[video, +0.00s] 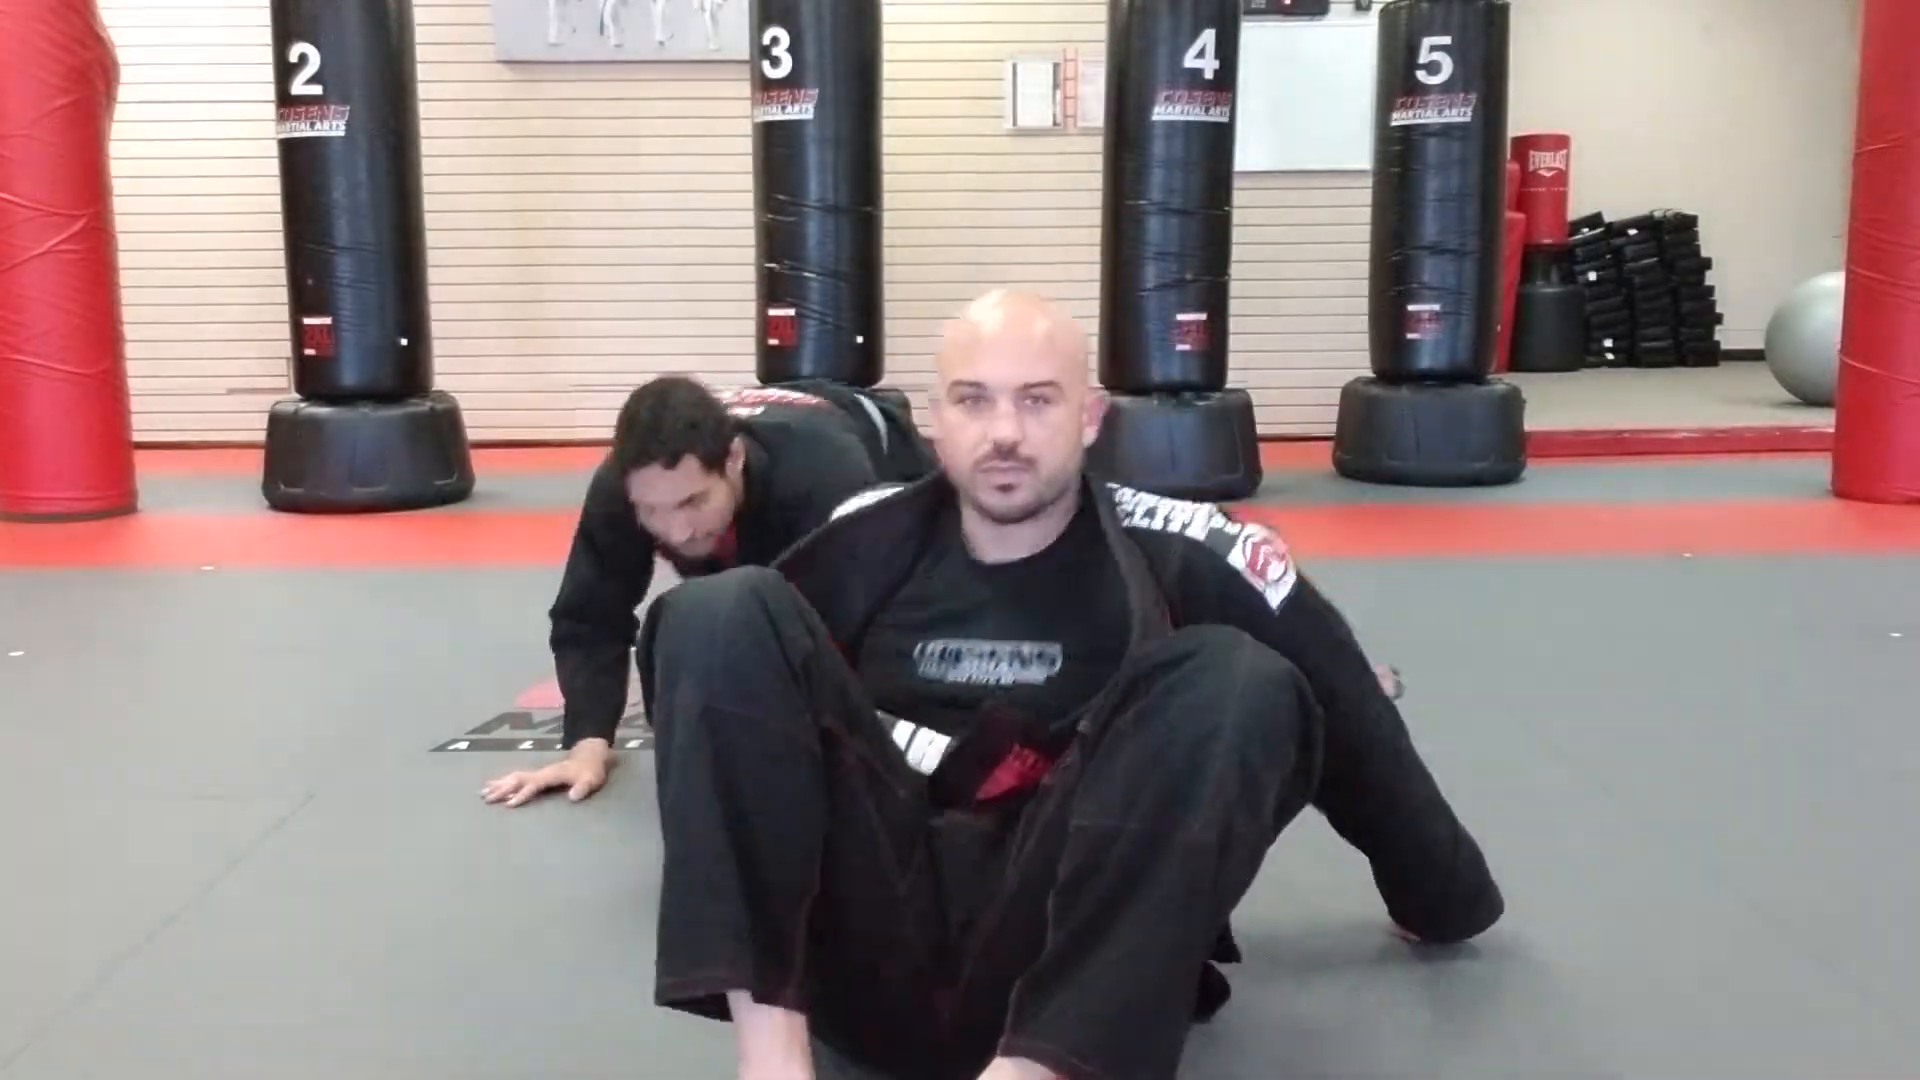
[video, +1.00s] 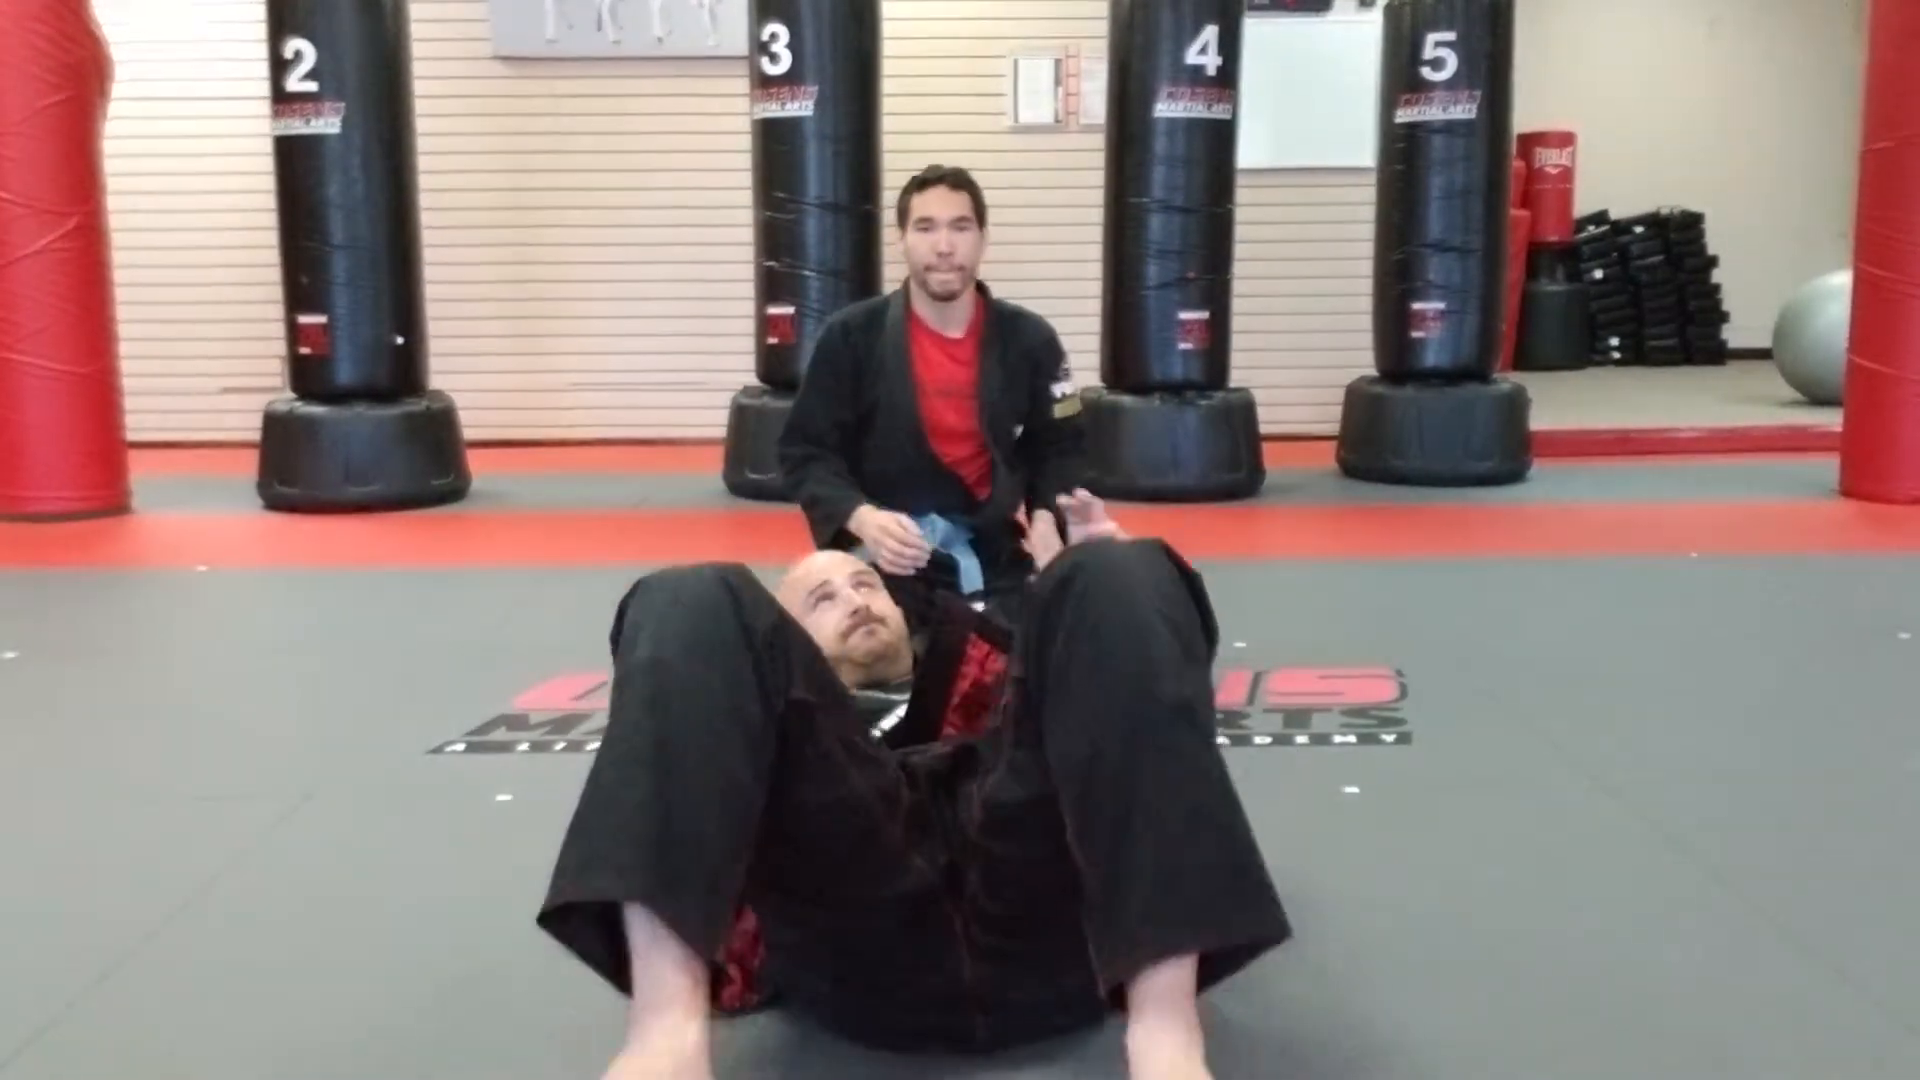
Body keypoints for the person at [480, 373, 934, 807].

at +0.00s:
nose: (674, 532)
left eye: (692, 503)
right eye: (651, 510)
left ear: (733, 462)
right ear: (628, 491)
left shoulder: (820, 484)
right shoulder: (626, 484)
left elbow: (852, 620)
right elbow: (590, 614)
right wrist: (588, 747)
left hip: (880, 431)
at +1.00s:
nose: (943, 246)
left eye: (960, 228)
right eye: (925, 228)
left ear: (983, 240)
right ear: (901, 241)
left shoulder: (1028, 341)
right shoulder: (852, 338)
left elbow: (1055, 443)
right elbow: (804, 452)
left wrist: (1048, 518)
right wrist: (860, 518)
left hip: (994, 543)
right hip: (888, 544)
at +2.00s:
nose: (926, 370)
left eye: (947, 350)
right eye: (910, 345)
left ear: (973, 336)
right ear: (885, 322)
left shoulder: (1014, 396)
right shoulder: (825, 376)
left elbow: (1068, 545)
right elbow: (757, 517)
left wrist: (1083, 675)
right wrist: (745, 640)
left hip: (972, 584)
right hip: (853, 579)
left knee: (1042, 678)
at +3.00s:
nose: (933, 402)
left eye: (950, 384)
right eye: (917, 383)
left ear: (977, 364)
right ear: (898, 366)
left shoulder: (1030, 394)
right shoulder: (864, 408)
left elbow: (1074, 509)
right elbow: (820, 516)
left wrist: (1042, 594)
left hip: (1002, 576)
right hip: (895, 579)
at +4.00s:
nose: (947, 386)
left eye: (963, 368)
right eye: (930, 367)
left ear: (989, 349)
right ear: (910, 349)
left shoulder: (1035, 381)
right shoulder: (870, 387)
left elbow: (1081, 500)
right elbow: (825, 496)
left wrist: (1052, 510)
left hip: (1006, 520)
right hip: (907, 517)